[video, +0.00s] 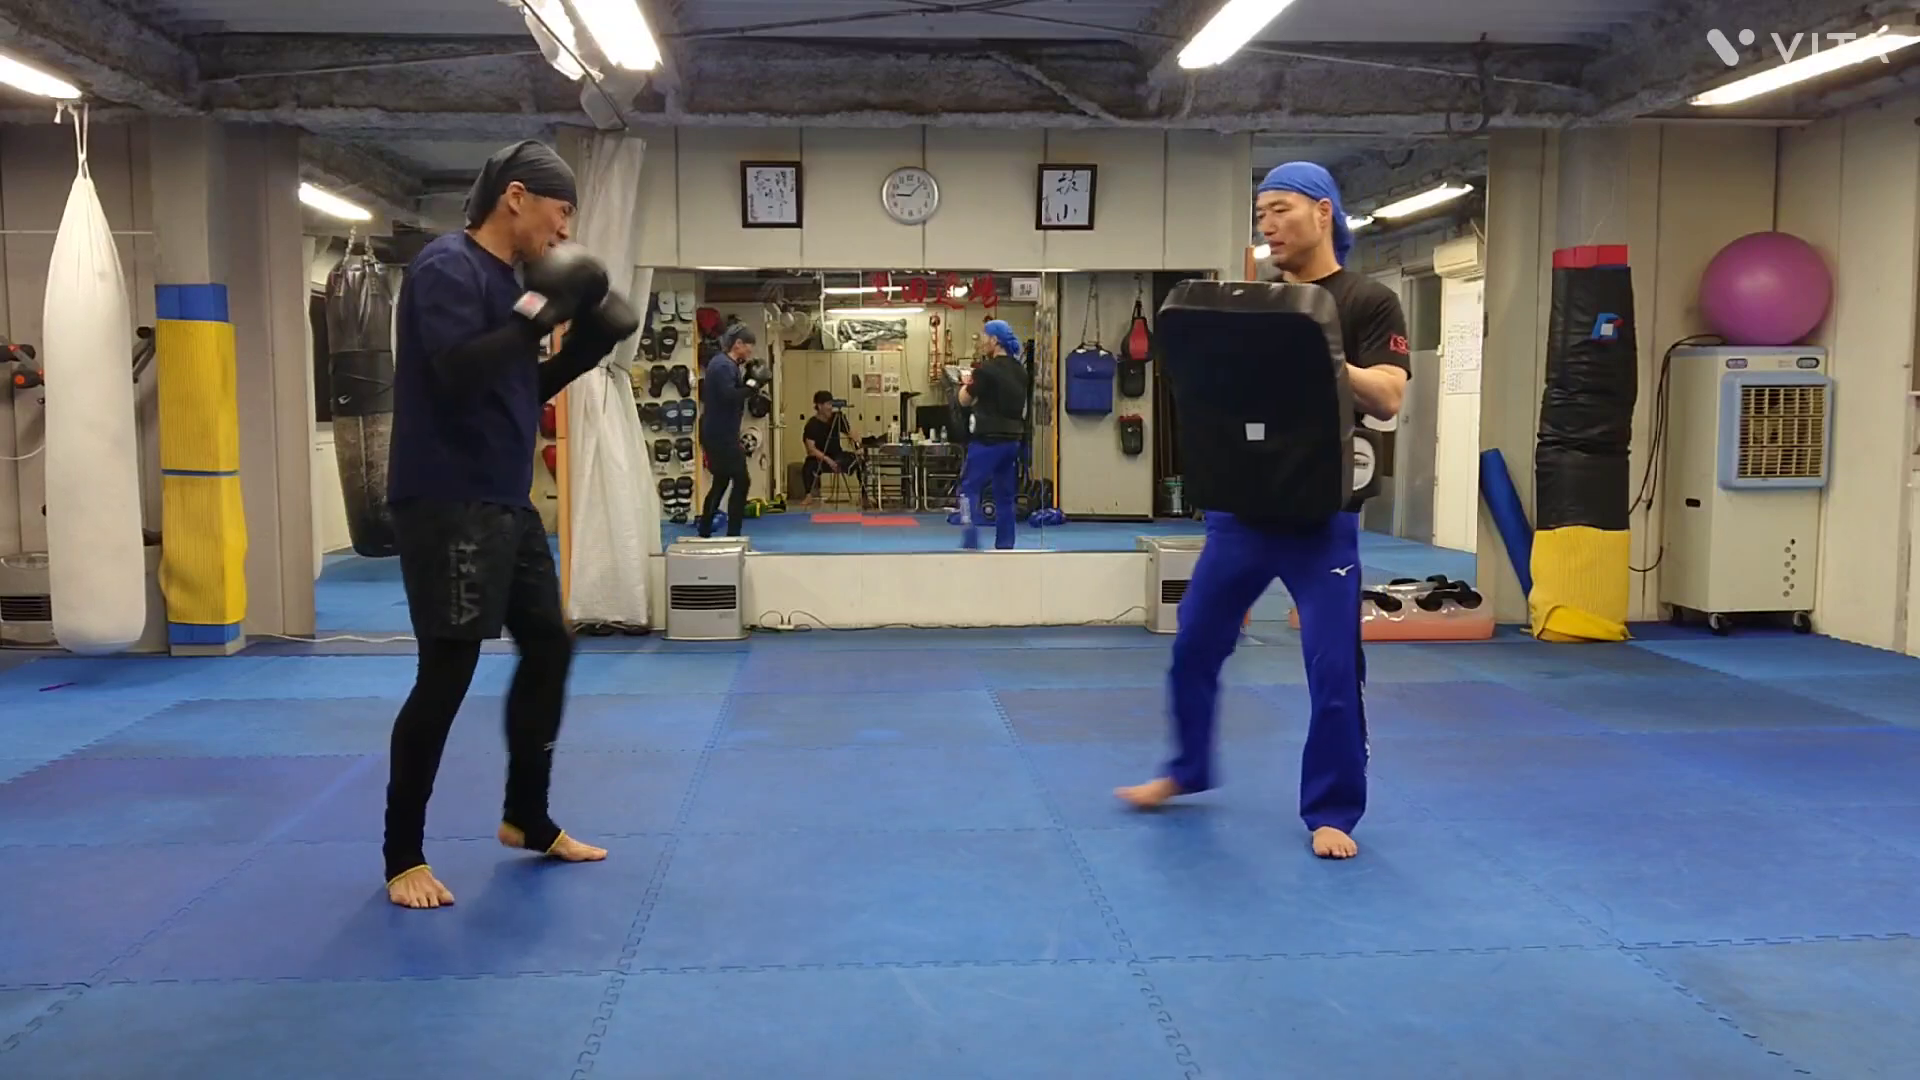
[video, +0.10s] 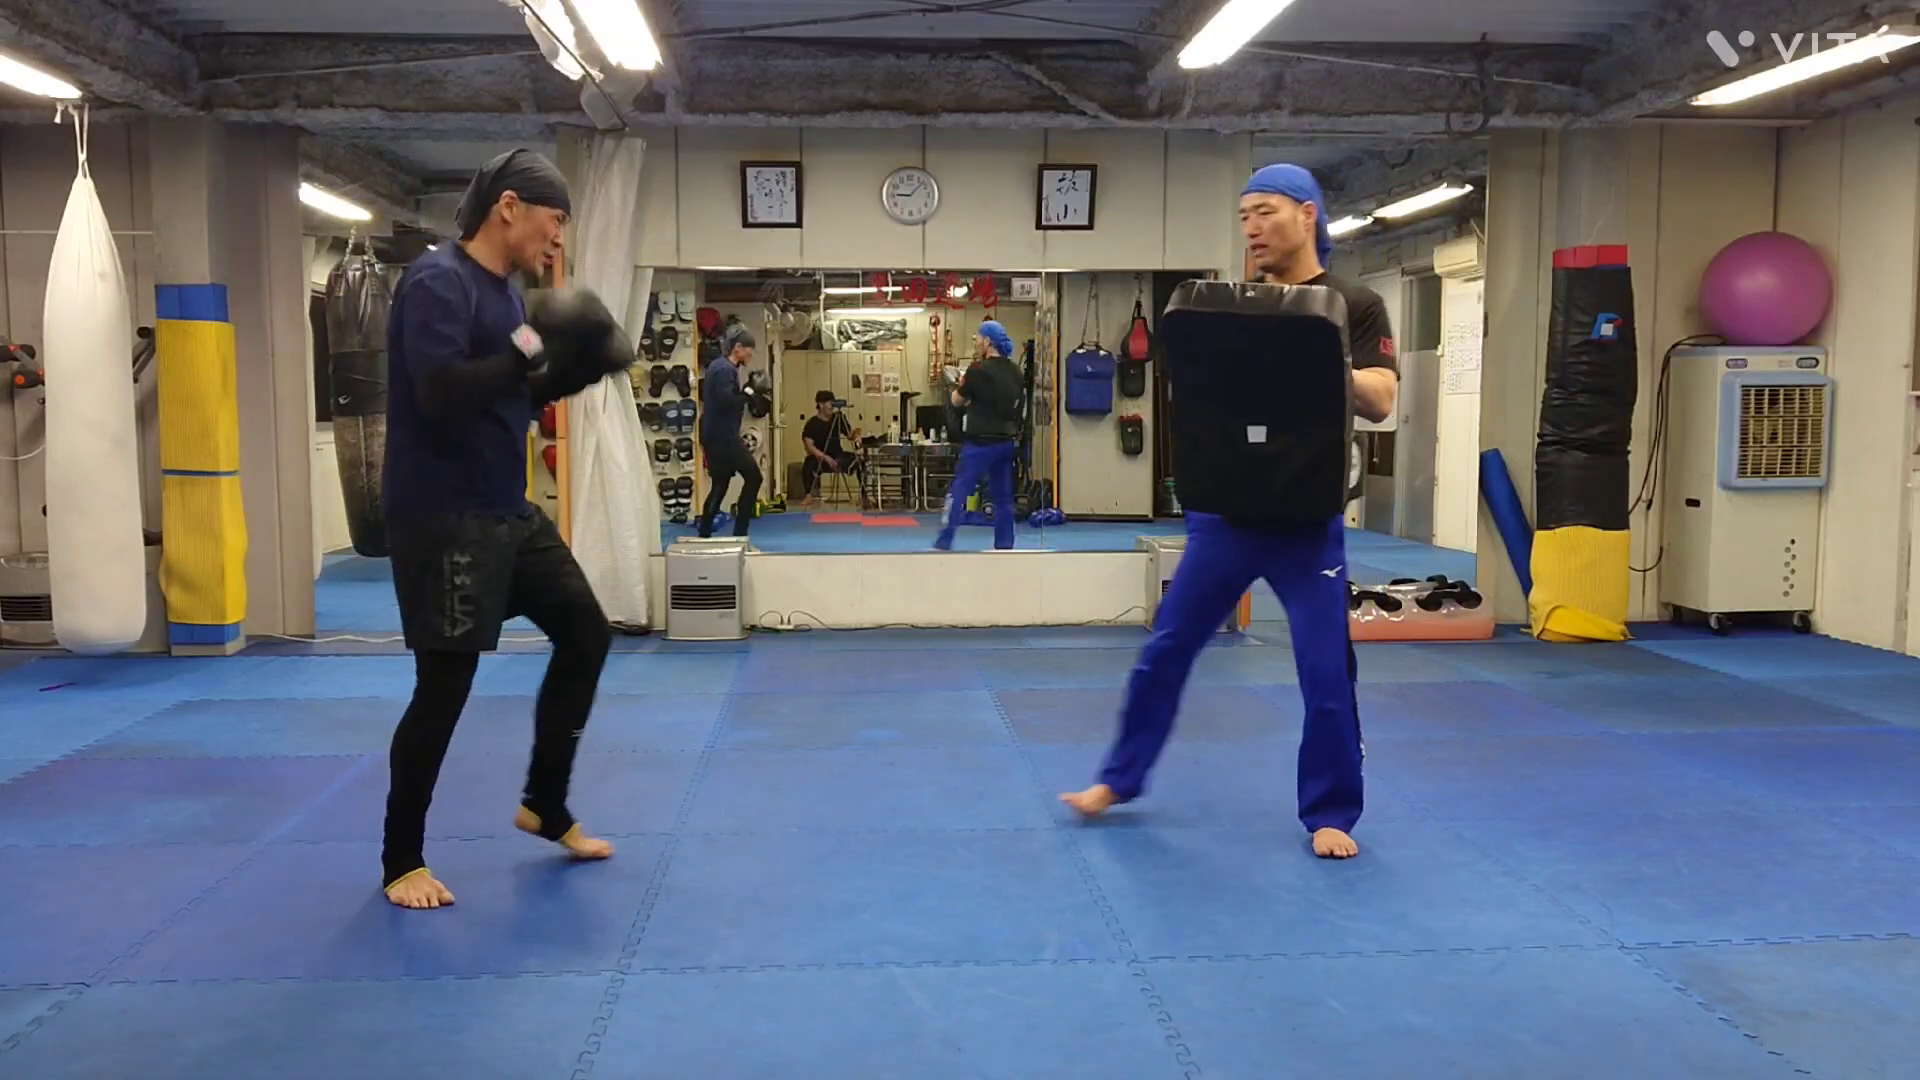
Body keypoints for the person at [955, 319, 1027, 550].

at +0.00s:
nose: (981, 341)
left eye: (984, 337)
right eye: (981, 337)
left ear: (995, 340)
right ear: (1002, 340)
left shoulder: (987, 369)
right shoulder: (1020, 369)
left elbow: (964, 399)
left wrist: (965, 385)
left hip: (987, 438)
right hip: (1012, 438)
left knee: (970, 487)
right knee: (1005, 494)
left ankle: (970, 539)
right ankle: (1005, 544)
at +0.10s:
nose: (976, 342)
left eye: (978, 338)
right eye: (976, 338)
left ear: (988, 341)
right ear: (999, 342)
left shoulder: (978, 370)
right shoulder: (1015, 371)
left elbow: (958, 400)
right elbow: (1013, 404)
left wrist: (958, 388)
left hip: (980, 440)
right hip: (1006, 440)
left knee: (960, 488)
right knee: (1003, 496)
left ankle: (945, 540)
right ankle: (1004, 545)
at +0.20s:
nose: (969, 345)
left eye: (971, 341)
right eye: (969, 341)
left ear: (980, 344)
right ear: (992, 345)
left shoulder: (968, 372)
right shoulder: (1009, 373)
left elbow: (951, 402)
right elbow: (1008, 402)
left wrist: (951, 399)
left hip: (969, 442)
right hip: (996, 442)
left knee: (947, 492)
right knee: (999, 497)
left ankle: (930, 541)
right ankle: (1004, 545)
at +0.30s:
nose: (961, 348)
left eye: (962, 345)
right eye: (961, 344)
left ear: (970, 346)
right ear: (983, 346)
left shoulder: (956, 374)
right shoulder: (1000, 376)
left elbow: (939, 403)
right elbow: (1002, 405)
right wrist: (982, 406)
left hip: (956, 443)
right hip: (986, 444)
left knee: (938, 494)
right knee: (992, 496)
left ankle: (923, 543)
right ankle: (1003, 546)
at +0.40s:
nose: (952, 347)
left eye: (954, 344)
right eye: (953, 343)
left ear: (962, 347)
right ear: (975, 347)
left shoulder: (948, 374)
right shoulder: (990, 376)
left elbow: (932, 401)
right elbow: (995, 402)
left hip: (948, 443)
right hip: (978, 443)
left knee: (933, 495)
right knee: (987, 495)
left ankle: (922, 544)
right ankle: (1002, 544)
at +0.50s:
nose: (945, 347)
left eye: (947, 343)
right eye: (946, 342)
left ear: (954, 346)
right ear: (970, 347)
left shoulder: (941, 373)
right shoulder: (985, 375)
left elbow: (928, 395)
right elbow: (991, 398)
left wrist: (936, 372)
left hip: (943, 443)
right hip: (973, 443)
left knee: (930, 496)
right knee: (985, 495)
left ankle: (921, 545)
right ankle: (1000, 545)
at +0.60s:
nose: (941, 347)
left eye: (943, 343)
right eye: (942, 342)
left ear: (951, 346)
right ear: (967, 347)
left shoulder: (937, 374)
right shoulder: (983, 376)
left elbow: (924, 401)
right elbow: (989, 407)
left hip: (940, 444)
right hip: (971, 444)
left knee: (929, 498)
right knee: (984, 495)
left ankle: (921, 546)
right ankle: (1000, 545)